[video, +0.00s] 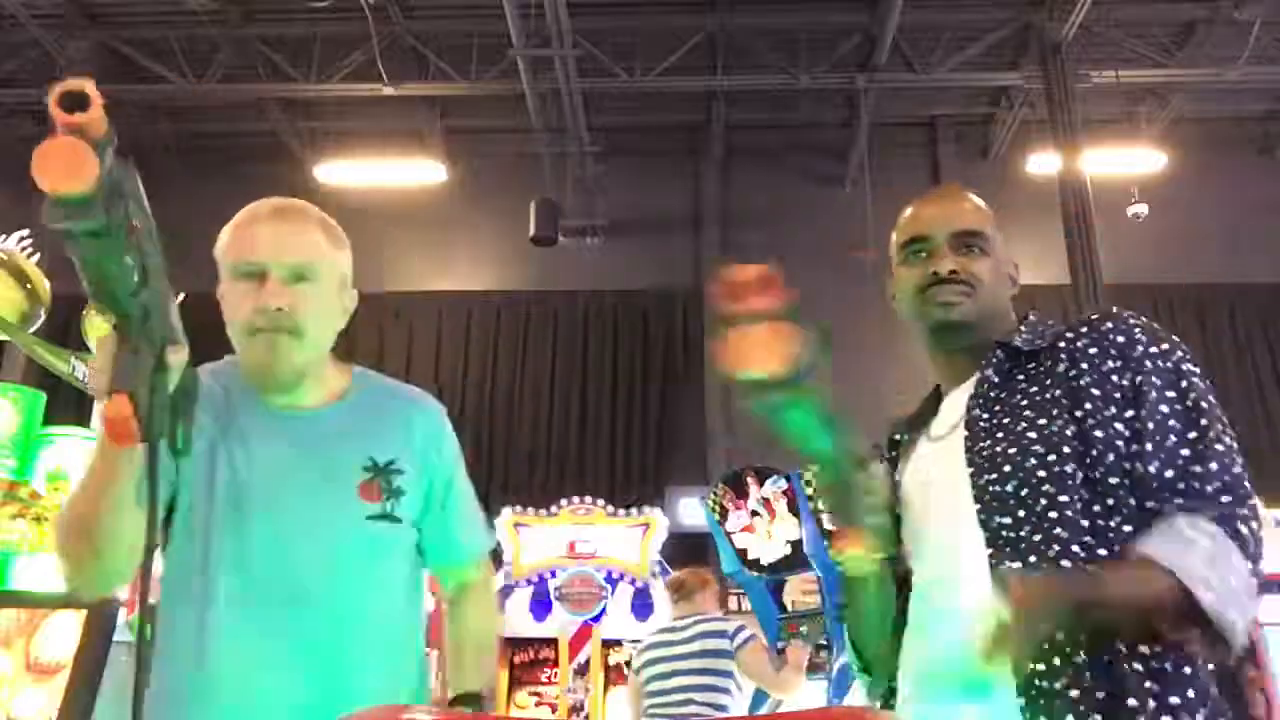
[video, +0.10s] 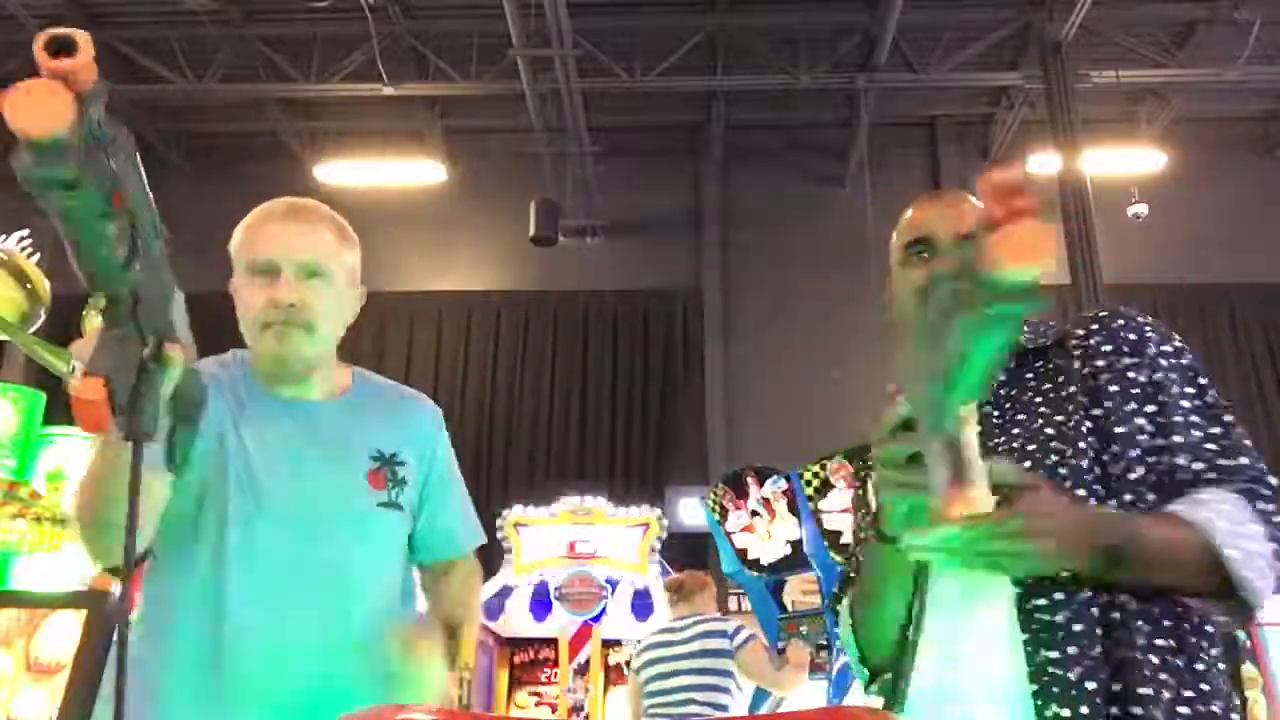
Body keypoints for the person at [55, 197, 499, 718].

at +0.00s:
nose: (272, 299)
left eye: (300, 277)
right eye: (249, 276)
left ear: (347, 300)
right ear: (219, 296)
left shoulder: (413, 424)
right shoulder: (178, 409)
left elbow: (469, 585)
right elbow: (90, 575)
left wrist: (470, 705)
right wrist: (122, 418)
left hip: (366, 707)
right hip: (195, 705)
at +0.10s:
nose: (286, 294)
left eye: (312, 275)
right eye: (263, 273)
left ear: (355, 300)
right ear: (234, 292)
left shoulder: (410, 423)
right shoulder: (182, 401)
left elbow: (452, 566)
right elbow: (110, 545)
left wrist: (452, 664)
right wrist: (133, 407)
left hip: (354, 712)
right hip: (187, 708)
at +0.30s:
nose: (335, 301)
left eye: (361, 283)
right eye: (316, 279)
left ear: (401, 308)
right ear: (286, 297)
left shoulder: (448, 417)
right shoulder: (230, 401)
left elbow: (470, 570)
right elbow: (185, 556)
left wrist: (347, 478)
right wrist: (189, 504)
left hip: (388, 705)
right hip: (239, 703)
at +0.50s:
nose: (273, 288)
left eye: (299, 270)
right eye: (250, 265)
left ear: (338, 295)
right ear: (216, 283)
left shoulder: (383, 401)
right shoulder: (147, 387)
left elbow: (407, 562)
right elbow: (123, 568)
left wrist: (267, 472)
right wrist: (165, 462)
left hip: (329, 704)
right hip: (162, 704)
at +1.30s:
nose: (319, 325)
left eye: (343, 306)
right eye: (299, 300)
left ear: (375, 331)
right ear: (261, 317)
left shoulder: (412, 430)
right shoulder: (204, 414)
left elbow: (423, 576)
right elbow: (158, 582)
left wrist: (283, 505)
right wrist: (173, 511)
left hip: (344, 709)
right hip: (199, 707)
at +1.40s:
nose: (333, 342)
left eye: (353, 327)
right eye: (317, 321)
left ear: (386, 343)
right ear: (276, 324)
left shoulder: (419, 437)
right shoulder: (209, 420)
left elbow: (448, 582)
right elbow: (197, 574)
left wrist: (344, 520)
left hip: (361, 708)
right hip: (213, 707)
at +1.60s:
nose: (326, 329)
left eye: (350, 311)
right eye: (304, 306)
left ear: (381, 337)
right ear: (268, 321)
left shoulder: (414, 434)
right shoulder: (201, 418)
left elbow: (445, 579)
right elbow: (195, 576)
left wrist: (331, 522)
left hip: (362, 709)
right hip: (208, 709)